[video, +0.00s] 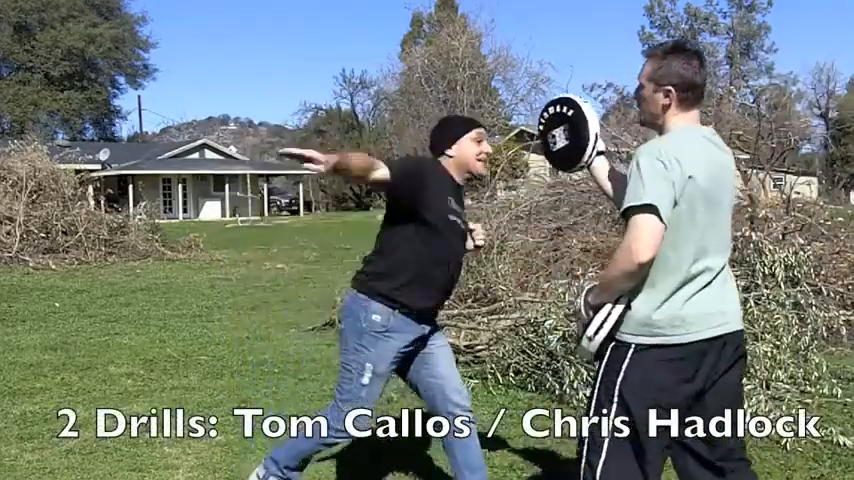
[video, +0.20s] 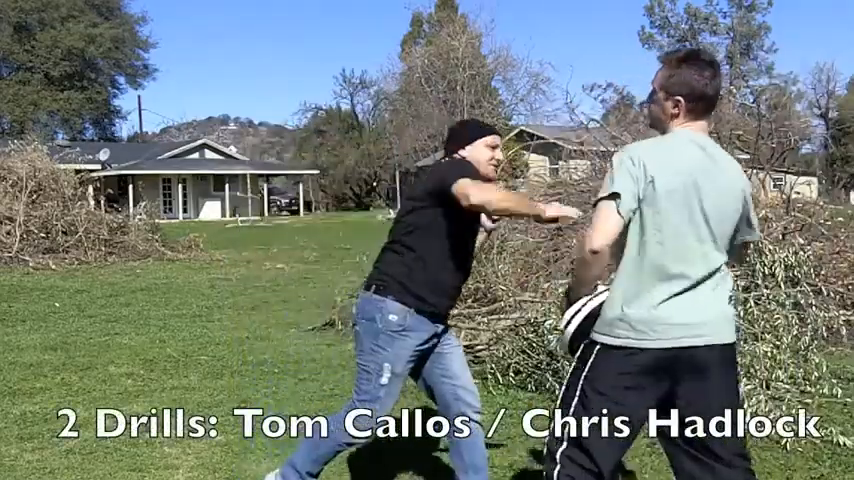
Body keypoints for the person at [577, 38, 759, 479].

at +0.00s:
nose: (635, 96)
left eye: (641, 86)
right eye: (638, 86)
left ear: (667, 95)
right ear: (687, 94)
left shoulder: (654, 155)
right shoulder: (717, 151)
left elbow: (639, 253)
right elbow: (643, 204)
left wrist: (595, 295)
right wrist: (594, 156)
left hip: (653, 340)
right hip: (720, 333)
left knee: (614, 462)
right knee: (720, 459)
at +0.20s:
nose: (649, 104)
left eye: (654, 95)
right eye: (651, 93)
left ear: (676, 105)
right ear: (707, 107)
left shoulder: (637, 157)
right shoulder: (734, 172)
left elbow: (597, 244)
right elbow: (737, 249)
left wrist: (577, 299)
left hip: (629, 342)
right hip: (710, 344)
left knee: (579, 460)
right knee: (720, 463)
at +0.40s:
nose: (605, 125)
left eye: (607, 116)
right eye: (607, 116)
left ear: (619, 119)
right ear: (664, 121)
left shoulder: (585, 177)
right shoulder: (698, 184)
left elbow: (539, 252)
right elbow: (739, 275)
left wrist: (553, 310)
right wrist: (784, 344)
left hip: (595, 355)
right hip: (683, 356)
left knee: (554, 463)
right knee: (715, 468)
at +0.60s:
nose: (517, 125)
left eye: (518, 116)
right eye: (516, 115)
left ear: (532, 120)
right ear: (573, 110)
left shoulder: (536, 175)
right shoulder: (616, 159)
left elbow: (544, 264)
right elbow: (675, 188)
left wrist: (527, 311)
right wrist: (714, 185)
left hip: (586, 338)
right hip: (654, 324)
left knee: (542, 463)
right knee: (681, 450)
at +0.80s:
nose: (493, 131)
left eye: (494, 122)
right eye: (494, 122)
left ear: (507, 126)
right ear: (545, 115)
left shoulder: (535, 183)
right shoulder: (572, 155)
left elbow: (559, 278)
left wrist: (532, 316)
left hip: (591, 334)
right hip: (645, 311)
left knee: (544, 460)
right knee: (677, 441)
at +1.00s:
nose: (550, 124)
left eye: (550, 114)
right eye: (549, 114)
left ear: (567, 116)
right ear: (606, 107)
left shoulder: (568, 177)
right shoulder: (645, 160)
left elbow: (549, 273)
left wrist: (541, 311)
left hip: (599, 346)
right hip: (672, 329)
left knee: (556, 465)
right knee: (690, 456)